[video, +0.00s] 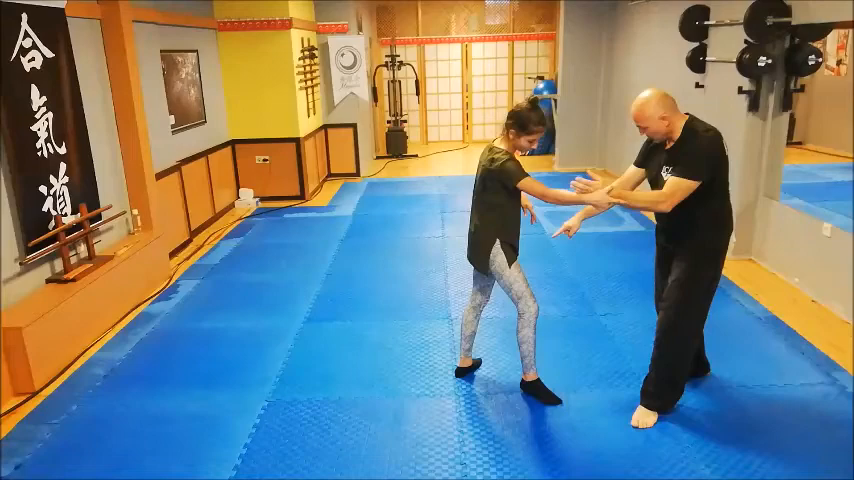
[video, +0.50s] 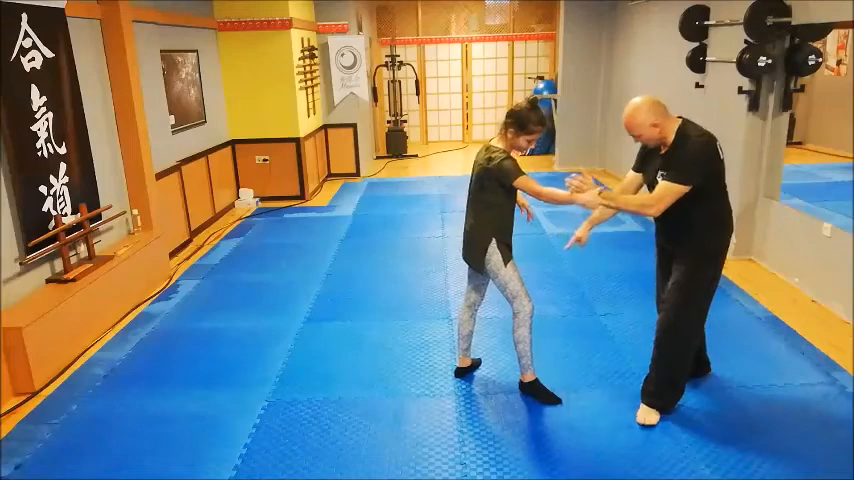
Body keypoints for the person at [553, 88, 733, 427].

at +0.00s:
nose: (642, 133)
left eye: (645, 127)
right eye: (640, 128)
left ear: (666, 117)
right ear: (661, 119)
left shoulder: (704, 142)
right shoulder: (657, 142)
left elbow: (665, 200)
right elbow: (623, 187)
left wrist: (610, 195)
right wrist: (579, 217)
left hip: (703, 243)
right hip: (669, 238)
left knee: (674, 316)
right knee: (669, 305)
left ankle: (655, 399)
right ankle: (694, 362)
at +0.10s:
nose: (641, 134)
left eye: (643, 128)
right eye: (638, 128)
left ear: (664, 119)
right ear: (660, 119)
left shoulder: (703, 143)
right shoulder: (656, 143)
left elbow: (663, 201)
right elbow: (622, 186)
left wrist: (608, 195)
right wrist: (579, 217)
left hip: (702, 244)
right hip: (669, 239)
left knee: (674, 316)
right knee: (669, 305)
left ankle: (655, 399)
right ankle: (694, 362)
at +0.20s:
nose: (639, 135)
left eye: (641, 129)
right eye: (636, 130)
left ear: (662, 121)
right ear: (660, 121)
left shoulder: (701, 144)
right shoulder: (656, 142)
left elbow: (661, 202)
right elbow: (621, 188)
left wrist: (607, 195)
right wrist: (580, 218)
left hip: (703, 243)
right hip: (669, 238)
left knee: (674, 316)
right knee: (670, 305)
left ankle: (655, 400)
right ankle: (694, 362)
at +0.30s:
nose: (637, 137)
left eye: (640, 131)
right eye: (635, 131)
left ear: (661, 123)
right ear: (658, 123)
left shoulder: (700, 144)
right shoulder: (655, 142)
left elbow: (658, 203)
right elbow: (624, 188)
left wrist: (605, 191)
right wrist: (583, 220)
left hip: (703, 243)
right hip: (670, 238)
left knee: (674, 317)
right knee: (671, 305)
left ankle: (655, 399)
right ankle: (694, 362)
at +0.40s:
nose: (638, 139)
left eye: (641, 132)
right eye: (636, 134)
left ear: (659, 123)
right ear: (652, 124)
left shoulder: (697, 144)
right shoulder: (654, 143)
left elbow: (656, 204)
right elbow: (625, 189)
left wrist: (604, 191)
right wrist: (586, 223)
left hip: (703, 243)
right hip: (670, 238)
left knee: (674, 317)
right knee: (672, 305)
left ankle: (655, 399)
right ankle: (694, 362)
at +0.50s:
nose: (635, 140)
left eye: (638, 135)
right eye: (633, 135)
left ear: (657, 125)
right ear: (651, 126)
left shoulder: (696, 146)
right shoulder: (653, 143)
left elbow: (654, 206)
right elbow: (627, 190)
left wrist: (600, 198)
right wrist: (589, 225)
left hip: (704, 242)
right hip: (670, 238)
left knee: (675, 316)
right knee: (672, 306)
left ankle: (656, 399)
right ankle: (694, 362)